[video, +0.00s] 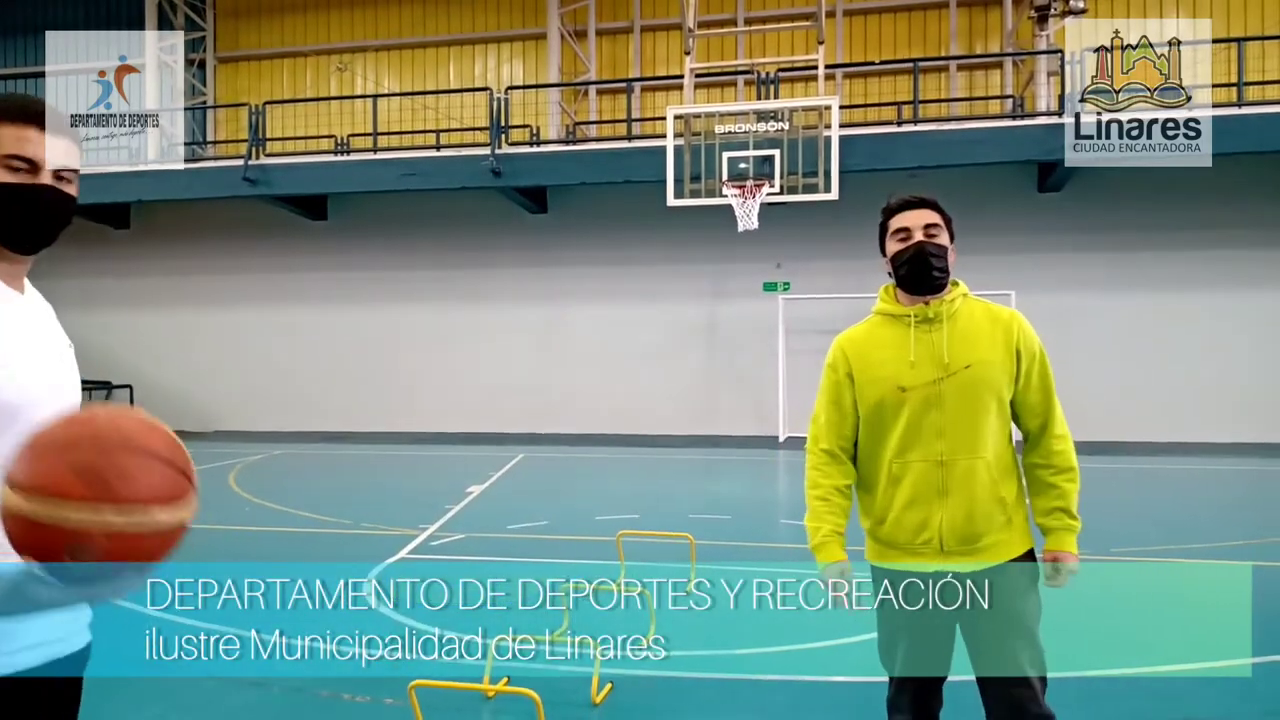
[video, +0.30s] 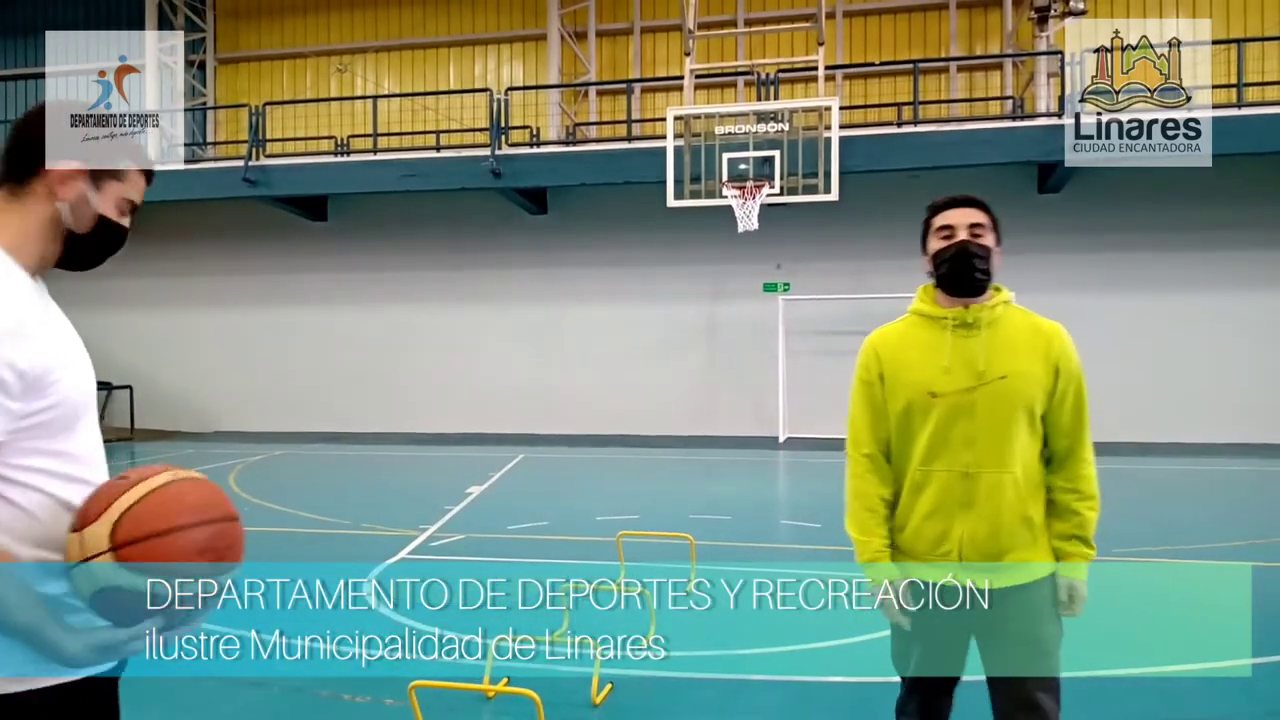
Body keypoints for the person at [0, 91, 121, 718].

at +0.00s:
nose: (46, 189)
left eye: (62, 176)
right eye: (20, 168)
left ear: (74, 191)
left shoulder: (39, 313)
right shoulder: (10, 309)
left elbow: (52, 458)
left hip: (54, 623)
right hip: (10, 628)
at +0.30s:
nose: (124, 229)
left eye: (132, 213)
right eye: (123, 207)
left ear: (66, 183)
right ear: (67, 182)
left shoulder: (28, 296)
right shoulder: (8, 305)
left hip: (68, 660)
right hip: (25, 674)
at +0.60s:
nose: (150, 226)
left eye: (163, 209)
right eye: (161, 205)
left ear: (56, 165)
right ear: (131, 179)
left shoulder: (13, 260)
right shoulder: (86, 292)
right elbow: (80, 486)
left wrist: (168, 522)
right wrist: (218, 573)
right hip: (62, 678)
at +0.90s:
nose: (171, 210)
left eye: (177, 192)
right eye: (176, 190)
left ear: (67, 170)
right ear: (150, 180)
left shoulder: (7, 253)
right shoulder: (138, 301)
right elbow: (183, 504)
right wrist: (330, 500)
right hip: (79, 673)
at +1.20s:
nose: (179, 206)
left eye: (182, 188)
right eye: (180, 185)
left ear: (73, 176)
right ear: (154, 180)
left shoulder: (7, 262)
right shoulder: (169, 305)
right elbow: (187, 510)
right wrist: (255, 559)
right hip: (95, 660)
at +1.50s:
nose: (170, 212)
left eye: (172, 195)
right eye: (172, 193)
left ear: (70, 188)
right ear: (147, 189)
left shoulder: (10, 280)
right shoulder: (153, 297)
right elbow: (159, 486)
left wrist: (189, 507)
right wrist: (226, 559)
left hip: (10, 628)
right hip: (112, 633)